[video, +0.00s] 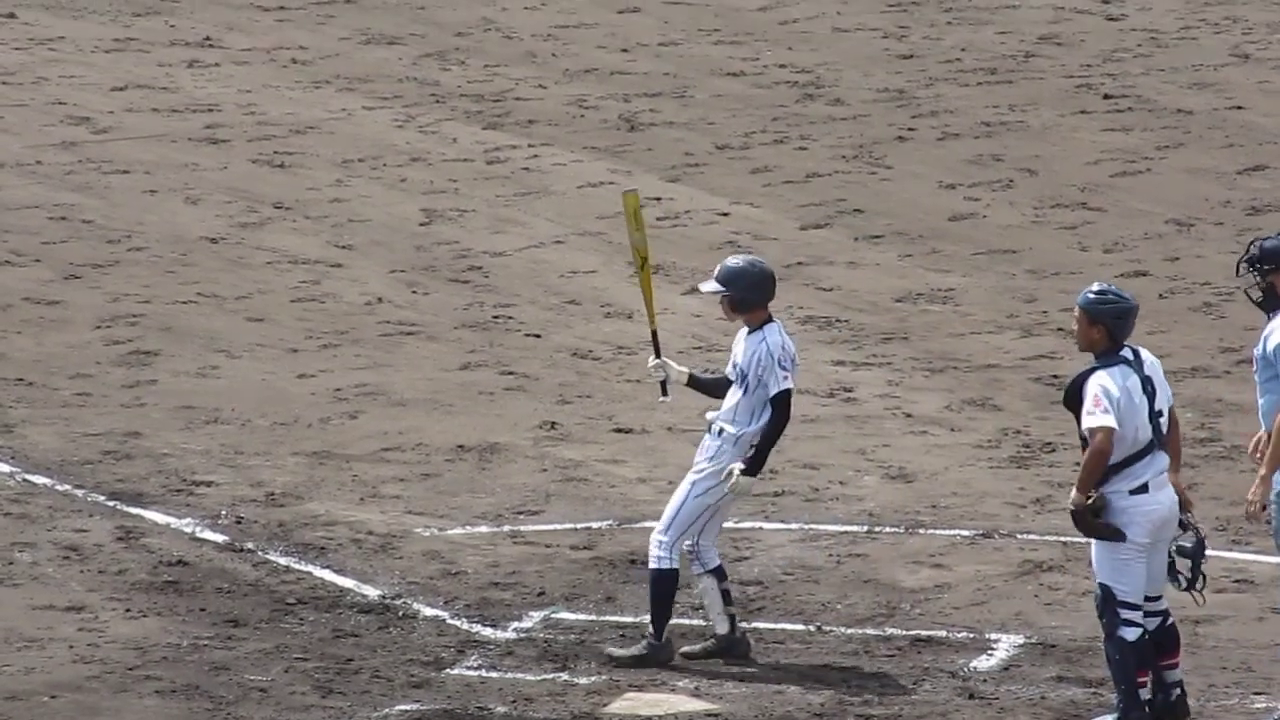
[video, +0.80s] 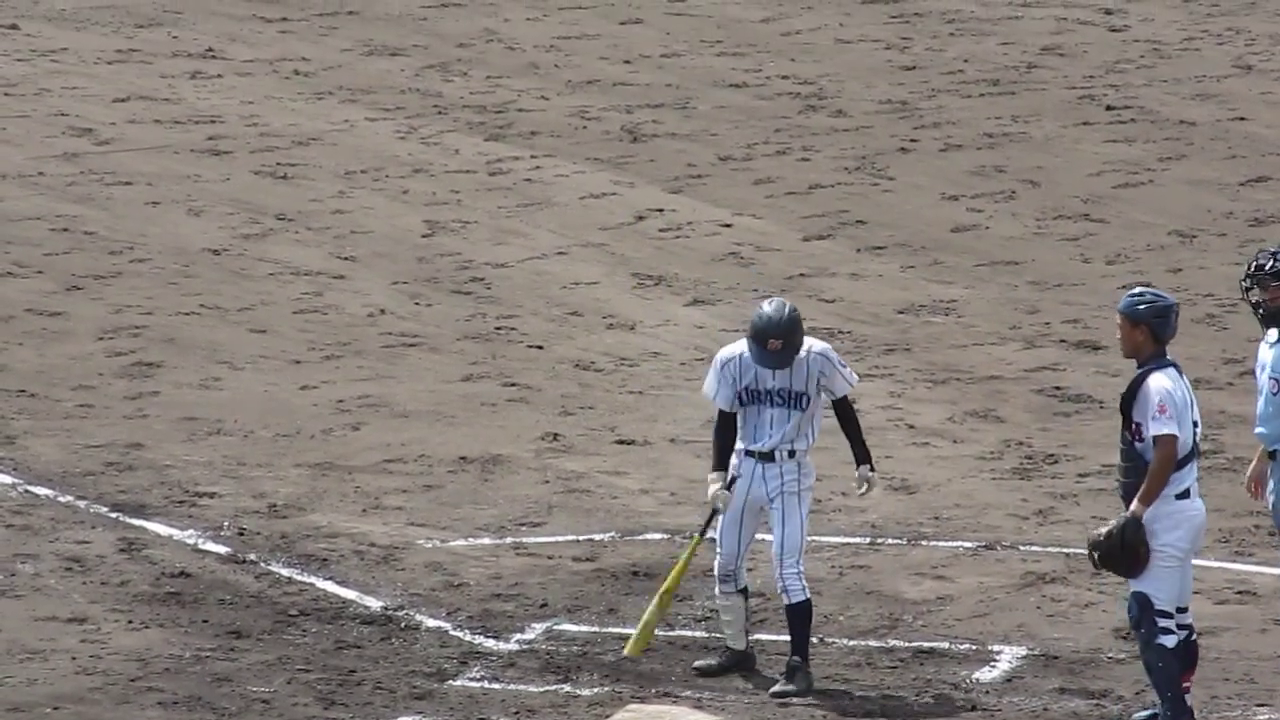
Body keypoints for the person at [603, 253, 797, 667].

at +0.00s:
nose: (719, 302)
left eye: (724, 296)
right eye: (720, 294)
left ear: (742, 299)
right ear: (755, 297)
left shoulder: (770, 345)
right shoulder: (749, 334)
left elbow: (781, 412)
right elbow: (728, 387)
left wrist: (753, 462)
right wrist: (681, 375)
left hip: (726, 456)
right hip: (721, 451)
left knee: (665, 541)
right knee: (701, 546)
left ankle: (656, 641)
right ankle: (728, 636)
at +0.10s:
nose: (719, 307)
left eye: (723, 300)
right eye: (719, 300)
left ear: (742, 300)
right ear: (751, 299)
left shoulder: (774, 341)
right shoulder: (748, 331)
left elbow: (787, 408)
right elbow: (728, 384)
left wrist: (755, 457)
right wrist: (678, 371)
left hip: (734, 455)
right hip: (723, 447)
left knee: (680, 546)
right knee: (706, 545)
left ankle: (688, 647)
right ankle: (730, 636)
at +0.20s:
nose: (723, 317)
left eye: (726, 310)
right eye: (721, 310)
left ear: (744, 307)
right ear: (742, 305)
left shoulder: (778, 339)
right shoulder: (743, 333)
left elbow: (796, 403)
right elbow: (723, 384)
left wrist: (769, 459)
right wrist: (676, 369)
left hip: (746, 454)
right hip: (725, 447)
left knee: (704, 548)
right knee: (707, 544)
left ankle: (729, 645)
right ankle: (727, 634)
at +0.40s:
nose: (728, 329)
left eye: (733, 322)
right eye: (724, 322)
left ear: (754, 315)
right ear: (724, 316)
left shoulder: (790, 341)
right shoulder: (731, 339)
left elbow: (820, 399)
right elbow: (711, 387)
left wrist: (812, 456)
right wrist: (665, 378)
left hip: (761, 462)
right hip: (728, 456)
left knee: (748, 556)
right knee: (717, 554)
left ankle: (787, 652)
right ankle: (735, 643)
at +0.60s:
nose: (744, 338)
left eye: (752, 332)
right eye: (739, 331)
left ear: (771, 325)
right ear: (733, 324)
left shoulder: (805, 350)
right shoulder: (725, 348)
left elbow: (836, 401)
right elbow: (708, 402)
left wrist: (850, 456)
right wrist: (666, 423)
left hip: (780, 466)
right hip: (737, 462)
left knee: (782, 567)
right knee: (720, 560)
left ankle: (797, 666)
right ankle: (736, 648)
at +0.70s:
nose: (762, 350)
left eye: (769, 343)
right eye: (755, 342)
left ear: (785, 333)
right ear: (744, 332)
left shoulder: (812, 355)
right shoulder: (728, 357)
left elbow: (842, 405)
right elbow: (713, 416)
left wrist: (860, 461)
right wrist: (685, 455)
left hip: (787, 471)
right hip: (742, 469)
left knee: (785, 569)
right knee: (723, 564)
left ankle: (798, 668)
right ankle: (738, 652)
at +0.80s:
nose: (776, 354)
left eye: (783, 348)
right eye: (770, 348)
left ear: (796, 338)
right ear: (758, 339)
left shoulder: (817, 358)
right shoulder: (732, 360)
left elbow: (843, 408)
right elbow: (725, 421)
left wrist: (864, 462)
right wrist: (717, 475)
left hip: (791, 474)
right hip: (744, 470)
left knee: (789, 571)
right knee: (726, 564)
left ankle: (798, 668)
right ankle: (738, 652)